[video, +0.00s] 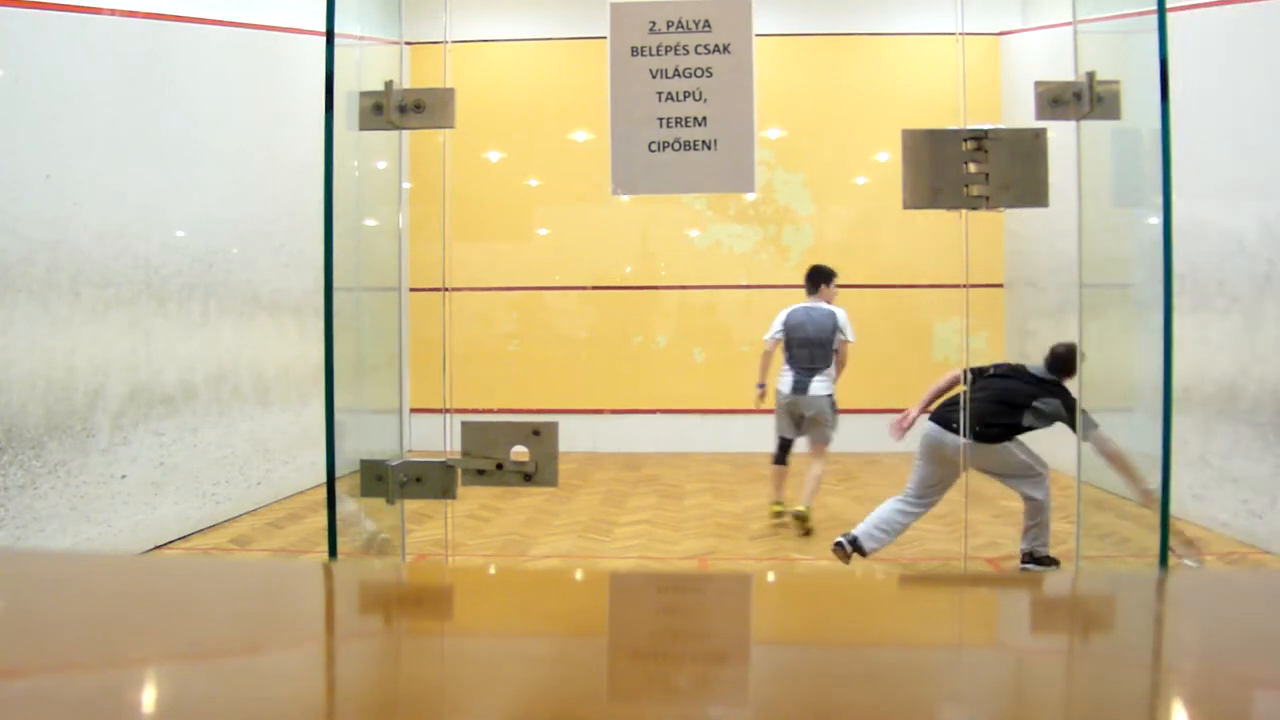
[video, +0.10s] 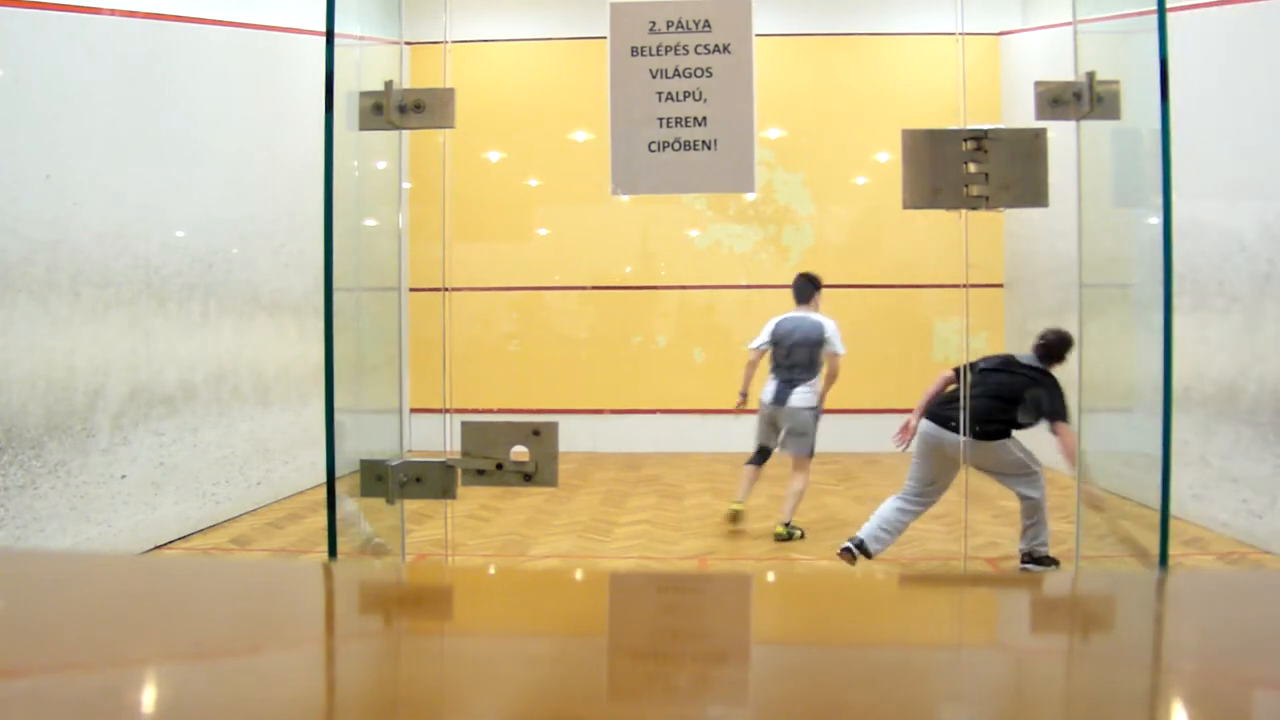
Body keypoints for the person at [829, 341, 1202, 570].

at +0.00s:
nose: (1076, 374)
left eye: (1070, 367)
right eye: (1077, 370)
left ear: (1046, 361)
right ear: (1072, 372)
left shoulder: (1012, 369)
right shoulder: (1063, 401)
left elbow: (955, 377)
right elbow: (1107, 450)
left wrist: (914, 412)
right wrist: (1142, 489)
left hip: (939, 430)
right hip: (983, 442)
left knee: (916, 496)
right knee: (1036, 476)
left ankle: (855, 540)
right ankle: (1034, 552)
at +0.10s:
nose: (1059, 357)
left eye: (1053, 347)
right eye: (1062, 354)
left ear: (1036, 345)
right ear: (1059, 360)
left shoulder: (1000, 360)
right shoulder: (1047, 386)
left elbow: (946, 377)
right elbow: (1065, 436)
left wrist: (915, 417)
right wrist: (1084, 481)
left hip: (934, 426)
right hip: (980, 438)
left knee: (914, 494)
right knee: (1030, 479)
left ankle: (862, 543)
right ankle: (1034, 552)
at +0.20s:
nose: (1037, 342)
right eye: (1039, 338)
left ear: (1012, 330)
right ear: (1036, 341)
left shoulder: (978, 351)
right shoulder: (1026, 368)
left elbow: (930, 376)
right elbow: (1027, 410)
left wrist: (903, 419)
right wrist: (1033, 458)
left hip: (926, 427)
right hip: (975, 436)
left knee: (902, 496)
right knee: (1021, 483)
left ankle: (860, 554)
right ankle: (1032, 551)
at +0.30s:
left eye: (992, 313)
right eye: (1006, 317)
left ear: (981, 314)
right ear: (1007, 323)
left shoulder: (948, 340)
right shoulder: (1000, 354)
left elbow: (906, 374)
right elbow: (994, 393)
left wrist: (883, 418)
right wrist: (993, 438)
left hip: (912, 431)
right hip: (961, 437)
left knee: (885, 496)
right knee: (1005, 482)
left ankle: (854, 555)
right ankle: (1033, 551)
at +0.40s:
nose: (980, 304)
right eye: (981, 299)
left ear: (951, 295)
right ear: (979, 301)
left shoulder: (920, 324)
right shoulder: (974, 335)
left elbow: (881, 365)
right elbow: (968, 377)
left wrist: (864, 413)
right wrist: (968, 432)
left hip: (894, 424)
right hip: (941, 432)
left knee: (874, 492)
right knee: (986, 491)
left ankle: (852, 553)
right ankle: (1028, 549)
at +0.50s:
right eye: (955, 282)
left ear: (925, 279)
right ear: (954, 284)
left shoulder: (894, 312)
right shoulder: (951, 321)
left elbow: (861, 358)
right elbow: (954, 373)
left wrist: (851, 405)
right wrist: (965, 423)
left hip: (882, 414)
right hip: (931, 419)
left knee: (865, 486)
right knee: (966, 480)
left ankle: (849, 555)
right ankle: (1001, 549)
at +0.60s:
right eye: (934, 271)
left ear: (905, 268)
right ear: (935, 272)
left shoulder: (877, 303)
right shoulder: (939, 310)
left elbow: (849, 353)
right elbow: (948, 363)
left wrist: (842, 399)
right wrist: (969, 413)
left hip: (874, 411)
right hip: (923, 414)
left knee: (862, 483)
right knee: (950, 479)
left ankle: (849, 555)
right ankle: (955, 552)